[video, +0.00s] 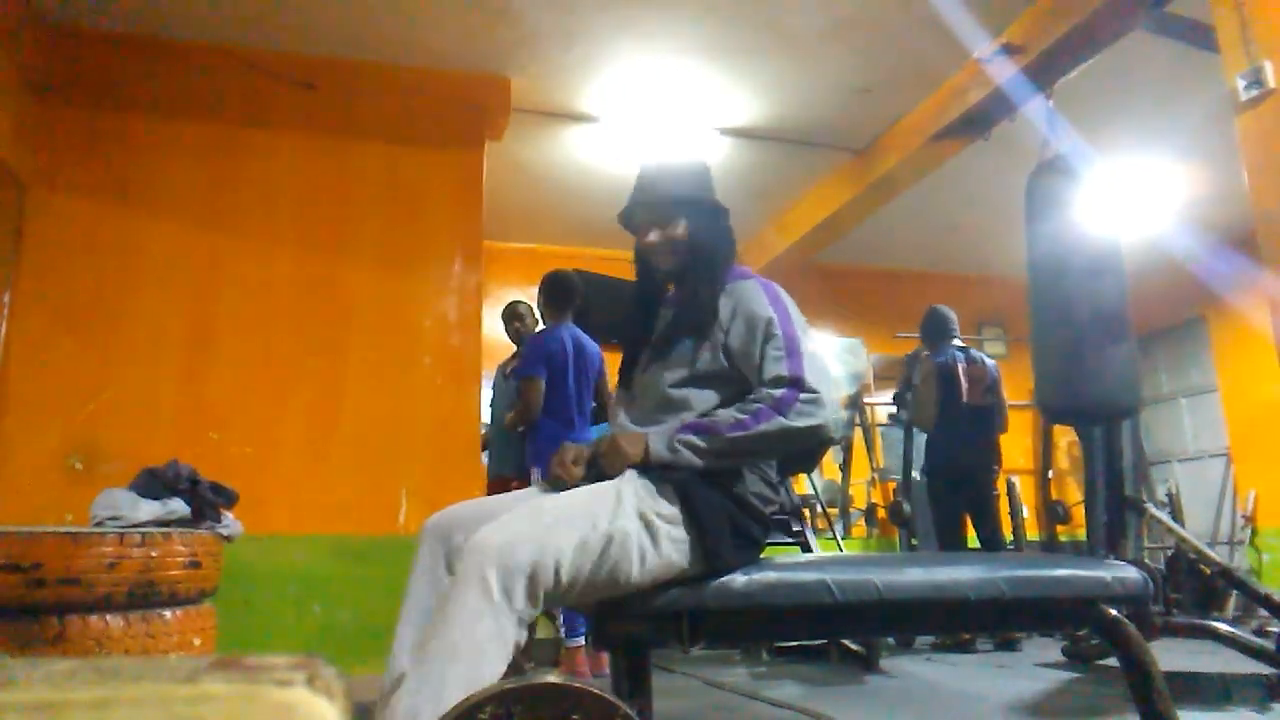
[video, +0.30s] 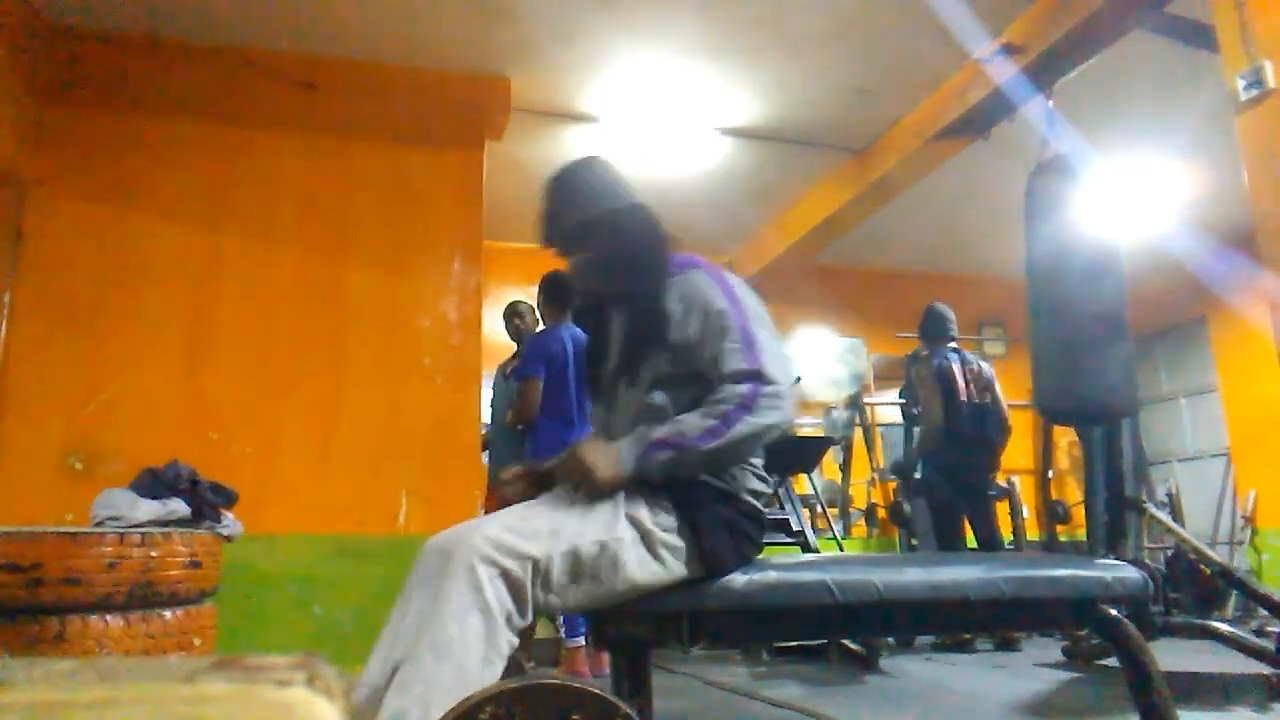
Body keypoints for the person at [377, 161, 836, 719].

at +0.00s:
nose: (653, 238)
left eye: (667, 222)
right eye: (642, 228)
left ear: (704, 220)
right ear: (635, 237)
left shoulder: (751, 297)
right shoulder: (657, 314)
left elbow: (803, 410)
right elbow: (646, 424)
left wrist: (654, 441)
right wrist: (595, 454)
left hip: (696, 498)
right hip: (636, 483)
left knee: (498, 554)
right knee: (447, 533)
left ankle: (425, 713)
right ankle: (400, 708)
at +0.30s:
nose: (577, 264)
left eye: (587, 242)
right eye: (567, 250)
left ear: (622, 225)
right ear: (562, 251)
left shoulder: (702, 288)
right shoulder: (610, 317)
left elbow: (763, 402)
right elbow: (620, 440)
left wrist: (629, 454)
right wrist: (543, 477)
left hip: (695, 511)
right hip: (632, 500)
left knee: (482, 560)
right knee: (446, 552)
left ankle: (412, 715)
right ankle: (368, 712)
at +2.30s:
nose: (673, 240)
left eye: (686, 225)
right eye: (671, 229)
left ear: (731, 227)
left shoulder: (787, 313)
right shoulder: (687, 322)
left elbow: (806, 447)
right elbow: (662, 427)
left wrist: (705, 498)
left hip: (726, 499)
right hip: (655, 481)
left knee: (548, 435)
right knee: (471, 448)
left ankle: (592, 694)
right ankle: (542, 654)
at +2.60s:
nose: (612, 252)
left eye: (617, 234)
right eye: (606, 239)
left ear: (654, 223)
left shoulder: (730, 293)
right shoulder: (641, 313)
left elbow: (772, 426)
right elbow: (627, 433)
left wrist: (679, 501)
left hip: (699, 500)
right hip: (631, 489)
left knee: (505, 516)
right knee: (451, 523)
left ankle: (536, 705)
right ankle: (484, 706)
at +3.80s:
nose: (448, 376)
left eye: (446, 355)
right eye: (437, 364)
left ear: (479, 327)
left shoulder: (575, 334)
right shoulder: (516, 393)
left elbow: (656, 454)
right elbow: (543, 519)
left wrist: (602, 597)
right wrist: (465, 599)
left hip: (727, 497)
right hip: (659, 504)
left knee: (504, 538)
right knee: (475, 542)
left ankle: (534, 710)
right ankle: (499, 707)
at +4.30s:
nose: (437, 385)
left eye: (435, 365)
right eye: (426, 373)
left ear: (468, 337)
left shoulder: (567, 336)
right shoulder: (520, 386)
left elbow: (665, 442)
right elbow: (563, 510)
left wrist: (596, 580)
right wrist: (473, 578)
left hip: (727, 500)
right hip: (669, 502)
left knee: (499, 543)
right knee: (476, 544)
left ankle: (531, 710)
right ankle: (499, 707)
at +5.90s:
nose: (406, 423)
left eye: (403, 402)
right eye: (394, 410)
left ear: (435, 370)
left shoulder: (539, 375)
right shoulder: (485, 412)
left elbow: (563, 532)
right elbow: (499, 530)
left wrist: (524, 686)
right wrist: (482, 686)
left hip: (716, 499)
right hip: (658, 503)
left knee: (497, 543)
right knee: (464, 548)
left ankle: (530, 704)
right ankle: (484, 703)